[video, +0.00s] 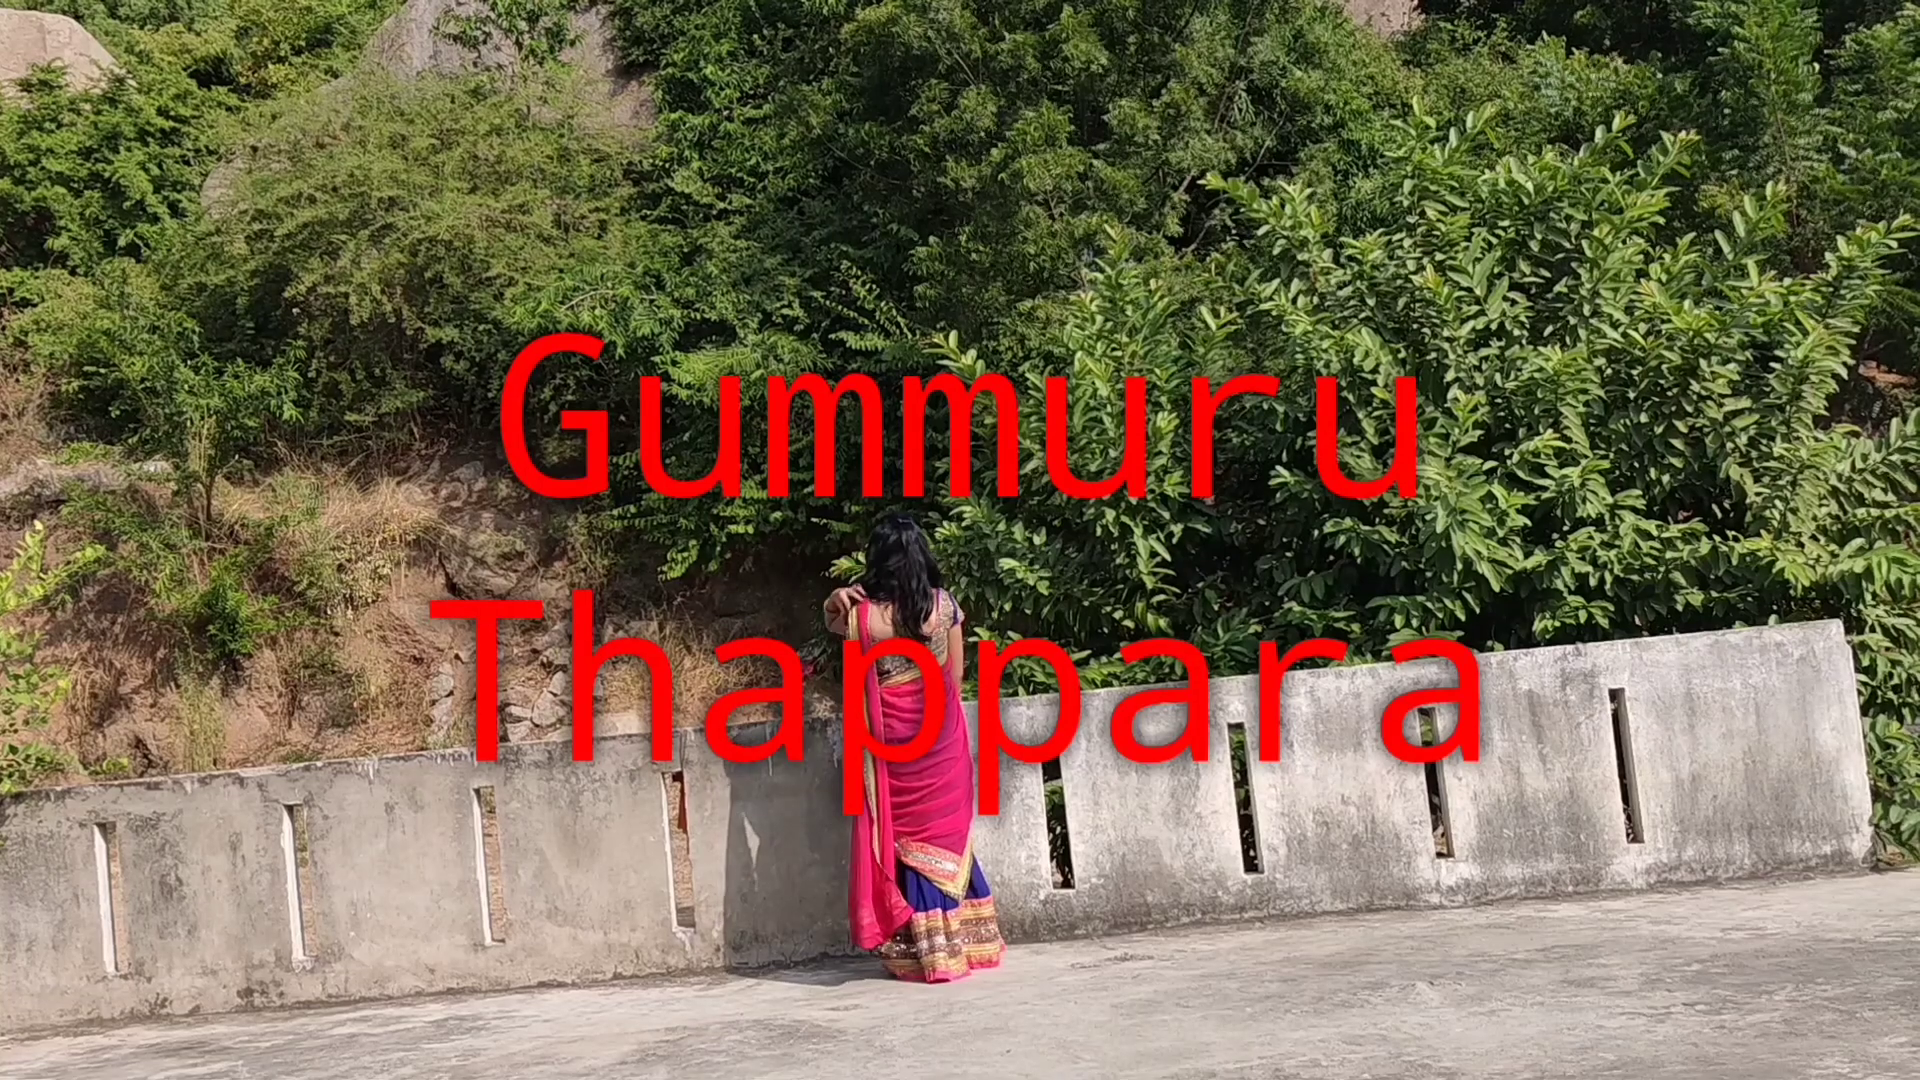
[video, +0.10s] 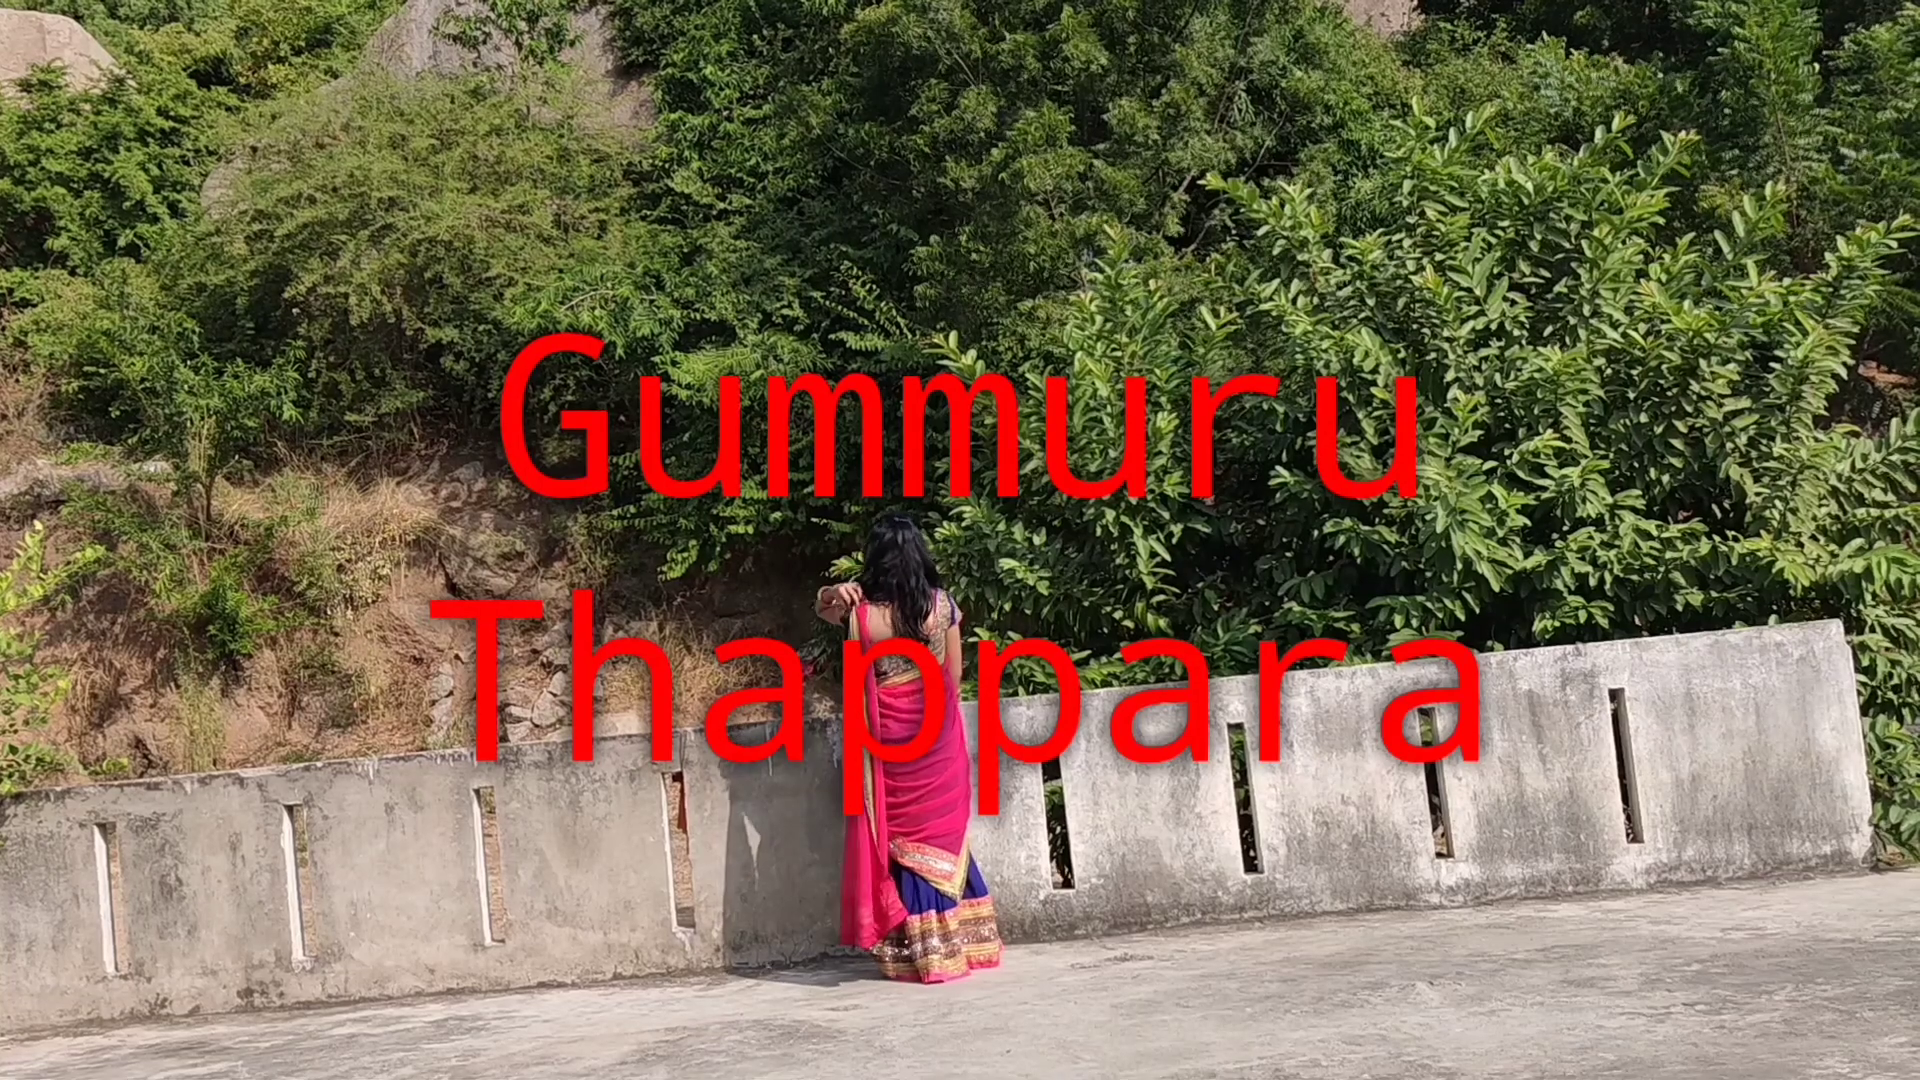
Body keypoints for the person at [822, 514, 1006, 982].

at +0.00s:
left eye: (881, 555)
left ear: (877, 561)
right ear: (924, 557)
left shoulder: (864, 616)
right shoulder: (945, 606)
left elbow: (854, 672)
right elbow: (955, 674)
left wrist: (838, 605)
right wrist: (947, 719)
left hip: (891, 728)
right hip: (941, 726)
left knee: (902, 830)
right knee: (946, 828)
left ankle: (922, 947)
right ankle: (960, 940)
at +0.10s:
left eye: (880, 554)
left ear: (875, 561)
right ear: (922, 556)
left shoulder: (864, 613)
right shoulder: (944, 605)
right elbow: (954, 673)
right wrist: (945, 717)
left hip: (889, 730)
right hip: (939, 727)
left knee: (897, 831)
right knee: (945, 828)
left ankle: (915, 947)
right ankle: (959, 940)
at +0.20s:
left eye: (874, 552)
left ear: (871, 559)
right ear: (917, 556)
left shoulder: (861, 604)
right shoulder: (939, 602)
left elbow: (814, 597)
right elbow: (951, 671)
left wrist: (834, 586)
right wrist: (941, 712)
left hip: (886, 723)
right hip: (936, 721)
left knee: (894, 828)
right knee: (944, 825)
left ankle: (912, 946)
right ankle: (956, 939)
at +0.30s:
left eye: (871, 552)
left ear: (868, 559)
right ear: (914, 555)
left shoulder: (859, 605)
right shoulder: (936, 601)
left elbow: (806, 593)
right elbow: (949, 671)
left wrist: (829, 585)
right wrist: (938, 712)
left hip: (884, 725)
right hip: (932, 722)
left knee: (893, 831)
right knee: (941, 826)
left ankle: (913, 949)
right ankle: (957, 941)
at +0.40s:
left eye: (865, 556)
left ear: (864, 562)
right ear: (910, 557)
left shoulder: (855, 607)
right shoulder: (933, 602)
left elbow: (802, 594)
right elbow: (946, 671)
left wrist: (828, 585)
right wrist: (934, 715)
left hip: (880, 727)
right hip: (929, 725)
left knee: (890, 832)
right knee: (939, 827)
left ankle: (911, 948)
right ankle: (957, 940)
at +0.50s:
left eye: (867, 555)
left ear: (862, 563)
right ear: (909, 558)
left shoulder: (851, 609)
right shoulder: (930, 603)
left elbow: (800, 602)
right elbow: (942, 672)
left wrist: (825, 585)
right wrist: (933, 723)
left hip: (877, 732)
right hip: (926, 729)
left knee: (890, 833)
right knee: (938, 830)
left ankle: (910, 950)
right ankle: (953, 942)